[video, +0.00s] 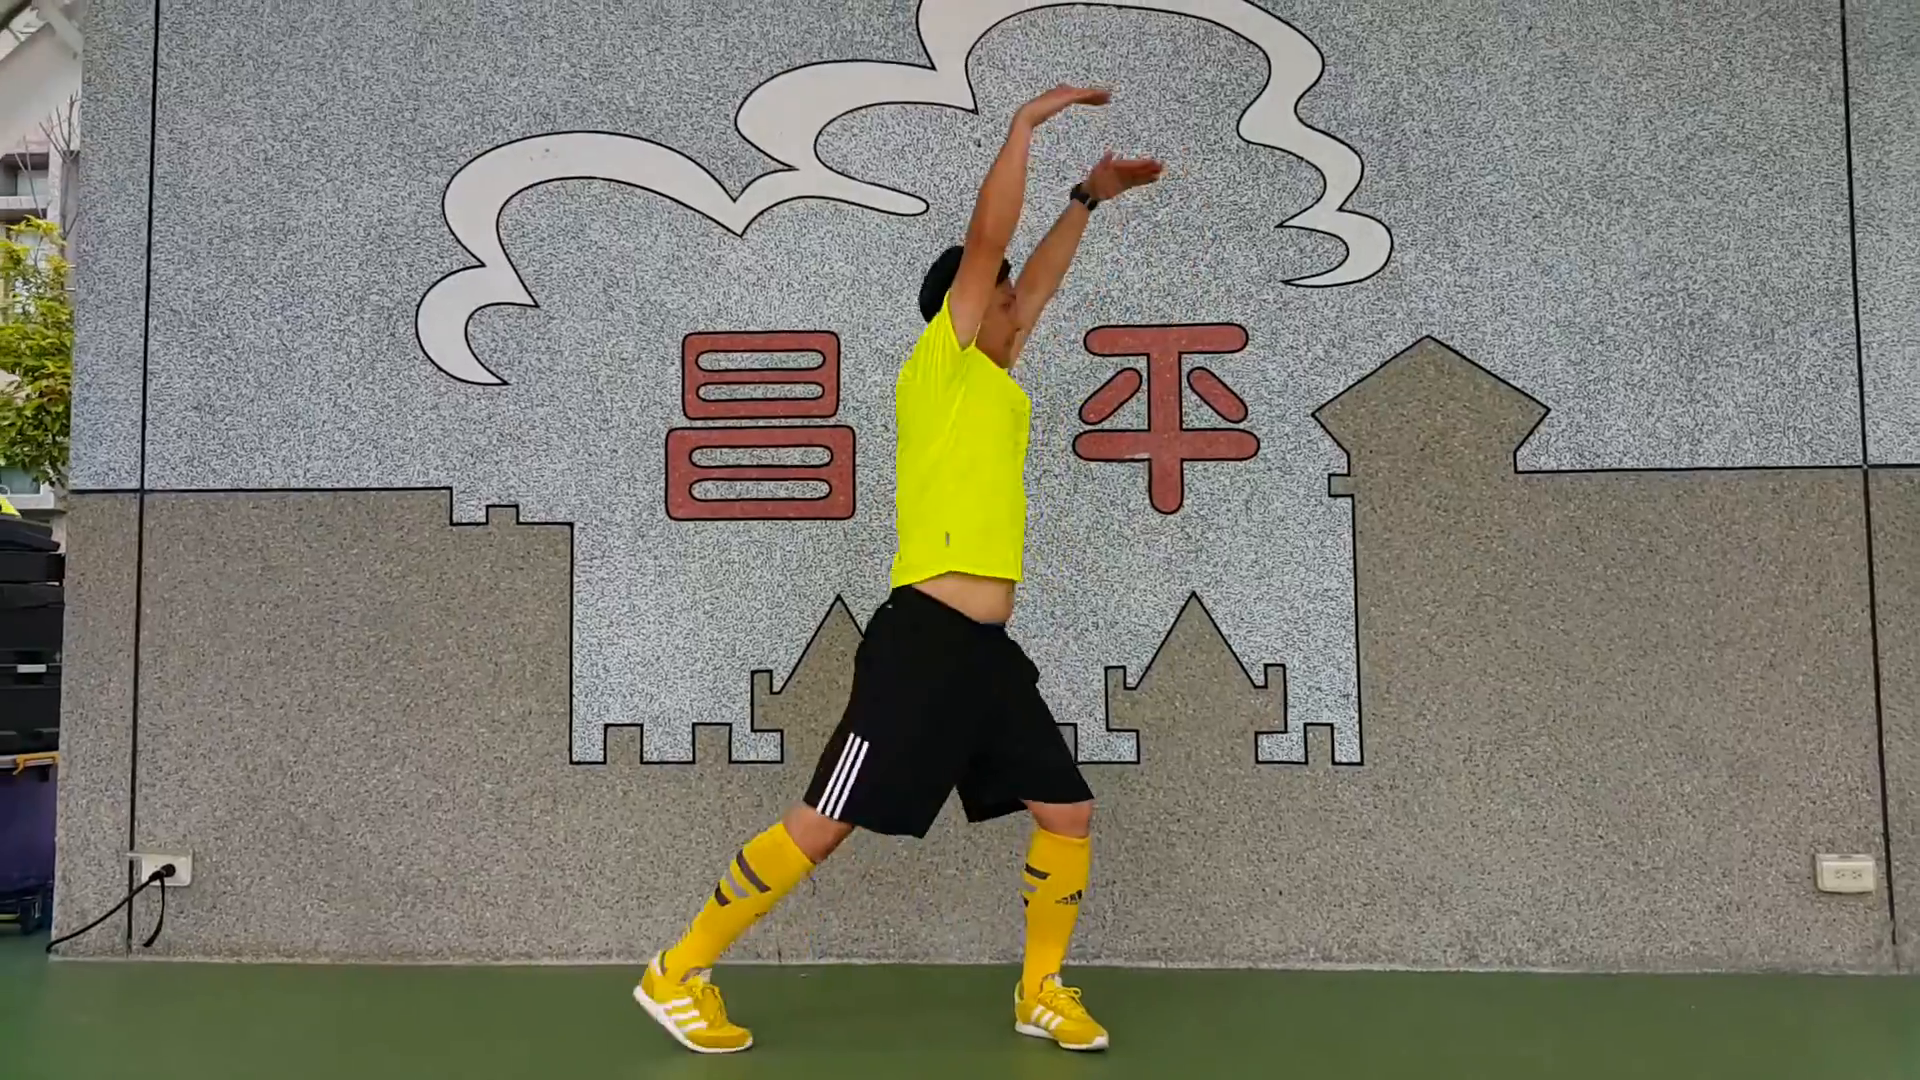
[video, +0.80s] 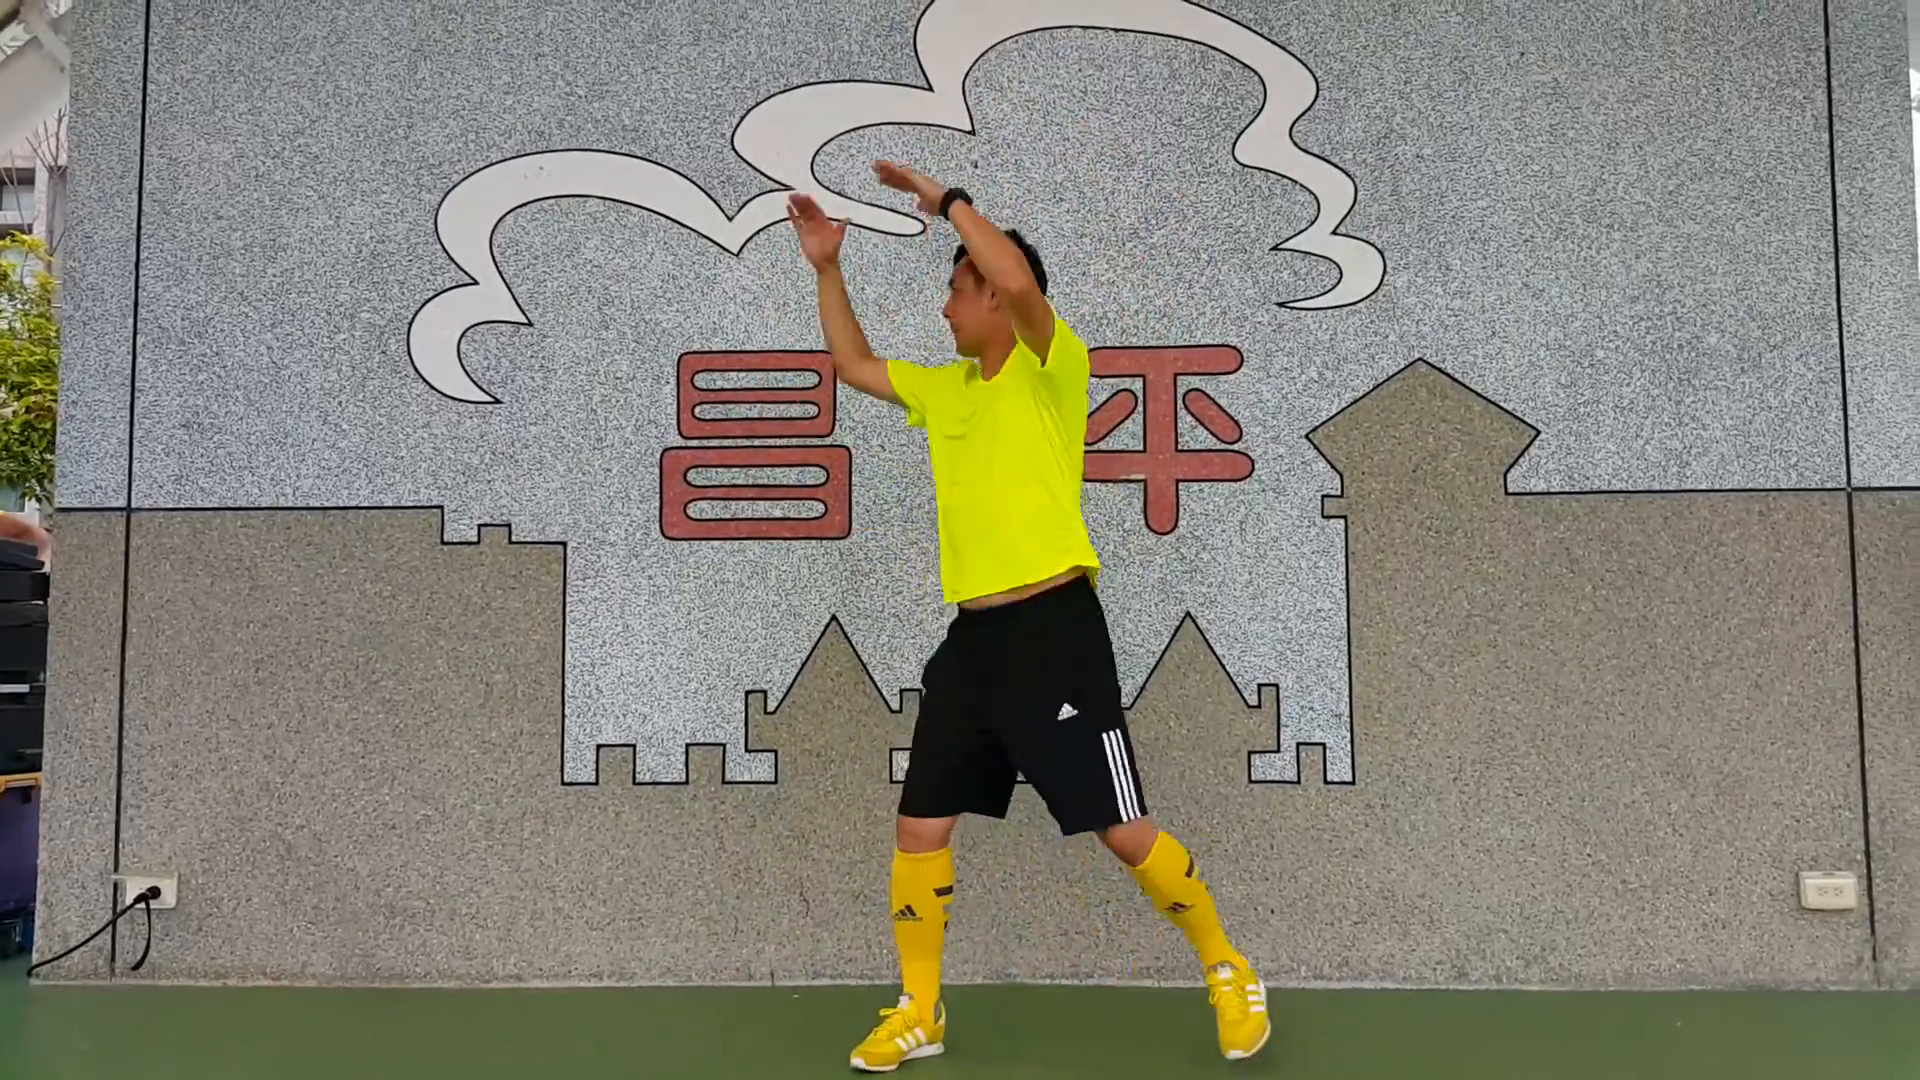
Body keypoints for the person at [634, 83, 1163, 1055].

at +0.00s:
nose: (1011, 301)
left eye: (1012, 291)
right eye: (994, 285)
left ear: (993, 309)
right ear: (957, 298)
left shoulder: (988, 377)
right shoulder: (938, 361)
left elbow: (1036, 292)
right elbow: (989, 246)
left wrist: (1086, 200)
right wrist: (1023, 125)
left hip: (991, 653)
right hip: (919, 641)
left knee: (1067, 812)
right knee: (823, 824)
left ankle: (1041, 994)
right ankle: (676, 974)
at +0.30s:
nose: (1034, 297)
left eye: (1035, 284)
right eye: (1016, 285)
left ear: (1031, 302)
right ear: (967, 299)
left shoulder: (1044, 372)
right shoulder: (943, 361)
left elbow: (1118, 311)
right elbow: (928, 262)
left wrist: (1141, 212)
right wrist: (989, 148)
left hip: (1027, 632)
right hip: (940, 622)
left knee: (1076, 820)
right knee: (867, 815)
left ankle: (1054, 1003)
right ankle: (752, 956)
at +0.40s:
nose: (1026, 274)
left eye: (1035, 262)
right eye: (1007, 263)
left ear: (1048, 277)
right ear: (970, 282)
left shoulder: (1075, 363)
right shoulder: (942, 354)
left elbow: (1185, 346)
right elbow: (869, 330)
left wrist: (1159, 260)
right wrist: (920, 221)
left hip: (1041, 614)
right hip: (945, 607)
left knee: (1068, 809)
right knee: (893, 799)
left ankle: (1053, 999)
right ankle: (849, 976)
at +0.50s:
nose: (999, 271)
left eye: (1013, 257)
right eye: (983, 262)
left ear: (1043, 272)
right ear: (967, 286)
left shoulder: (1091, 363)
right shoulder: (937, 365)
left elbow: (1181, 437)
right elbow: (868, 450)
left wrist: (1170, 364)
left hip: (1045, 612)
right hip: (942, 607)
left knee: (1063, 809)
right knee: (917, 802)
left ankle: (1052, 999)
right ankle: (923, 997)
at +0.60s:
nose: (962, 291)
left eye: (979, 274)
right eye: (956, 280)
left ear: (1026, 281)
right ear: (952, 297)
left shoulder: (1081, 378)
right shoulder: (928, 396)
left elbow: (1119, 498)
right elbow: (891, 511)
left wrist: (1106, 454)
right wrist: (842, 473)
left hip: (1048, 634)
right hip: (942, 633)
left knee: (1071, 823)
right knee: (922, 817)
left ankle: (1050, 1000)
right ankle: (927, 1011)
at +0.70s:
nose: (942, 301)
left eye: (957, 285)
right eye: (942, 288)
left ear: (1007, 295)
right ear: (957, 305)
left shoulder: (1062, 373)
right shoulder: (933, 398)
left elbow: (1079, 421)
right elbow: (843, 458)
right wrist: (808, 368)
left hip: (1053, 637)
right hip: (950, 643)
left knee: (1097, 827)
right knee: (918, 824)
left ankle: (1120, 981)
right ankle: (922, 1011)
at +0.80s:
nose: (950, 301)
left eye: (969, 287)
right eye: (953, 286)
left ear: (1012, 298)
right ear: (958, 305)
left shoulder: (1056, 378)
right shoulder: (943, 390)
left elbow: (1015, 282)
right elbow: (854, 364)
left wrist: (942, 200)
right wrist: (826, 267)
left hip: (1059, 628)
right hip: (971, 641)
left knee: (1123, 830)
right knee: (920, 826)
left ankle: (1227, 971)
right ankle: (918, 1013)